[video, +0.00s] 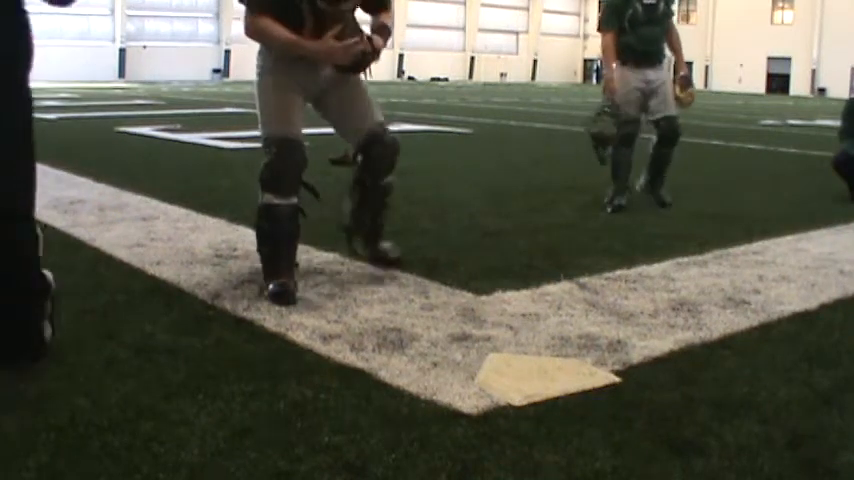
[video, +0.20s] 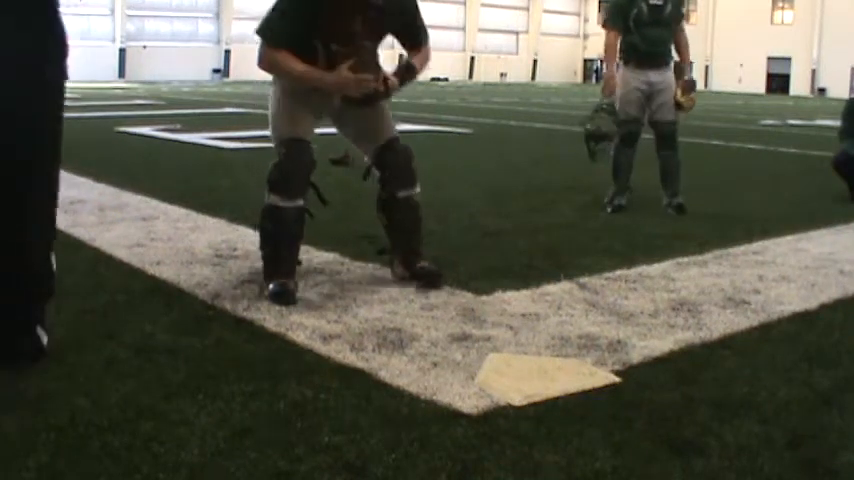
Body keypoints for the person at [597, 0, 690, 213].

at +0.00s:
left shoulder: (664, 4)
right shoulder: (616, 4)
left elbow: (669, 28)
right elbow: (608, 35)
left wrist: (681, 65)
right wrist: (609, 75)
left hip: (658, 71)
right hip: (627, 71)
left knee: (669, 131)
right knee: (626, 133)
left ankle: (654, 184)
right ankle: (619, 192)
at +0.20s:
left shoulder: (673, 4)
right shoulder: (622, 4)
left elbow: (678, 33)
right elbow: (612, 35)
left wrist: (686, 73)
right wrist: (609, 75)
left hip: (663, 73)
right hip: (631, 73)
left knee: (667, 137)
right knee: (627, 136)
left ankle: (672, 196)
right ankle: (619, 193)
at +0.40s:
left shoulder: (688, 4)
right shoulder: (634, 2)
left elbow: (695, 36)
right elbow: (620, 30)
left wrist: (703, 77)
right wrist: (615, 67)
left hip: (672, 74)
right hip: (639, 72)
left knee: (672, 138)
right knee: (632, 135)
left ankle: (674, 196)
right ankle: (621, 192)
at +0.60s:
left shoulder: (698, 4)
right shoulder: (644, 3)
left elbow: (706, 40)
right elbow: (631, 28)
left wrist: (710, 82)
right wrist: (628, 66)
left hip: (675, 76)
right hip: (641, 72)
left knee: (672, 138)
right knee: (630, 135)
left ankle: (674, 197)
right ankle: (620, 191)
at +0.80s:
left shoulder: (700, 5)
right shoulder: (646, 3)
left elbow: (708, 42)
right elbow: (632, 31)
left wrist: (710, 84)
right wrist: (629, 67)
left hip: (676, 77)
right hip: (642, 72)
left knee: (672, 139)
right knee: (628, 134)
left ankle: (674, 197)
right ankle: (619, 190)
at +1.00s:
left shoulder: (694, 5)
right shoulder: (640, 3)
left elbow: (706, 39)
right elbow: (627, 34)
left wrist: (708, 78)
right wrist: (623, 67)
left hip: (672, 76)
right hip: (638, 73)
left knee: (670, 139)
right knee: (626, 136)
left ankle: (673, 197)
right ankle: (619, 189)